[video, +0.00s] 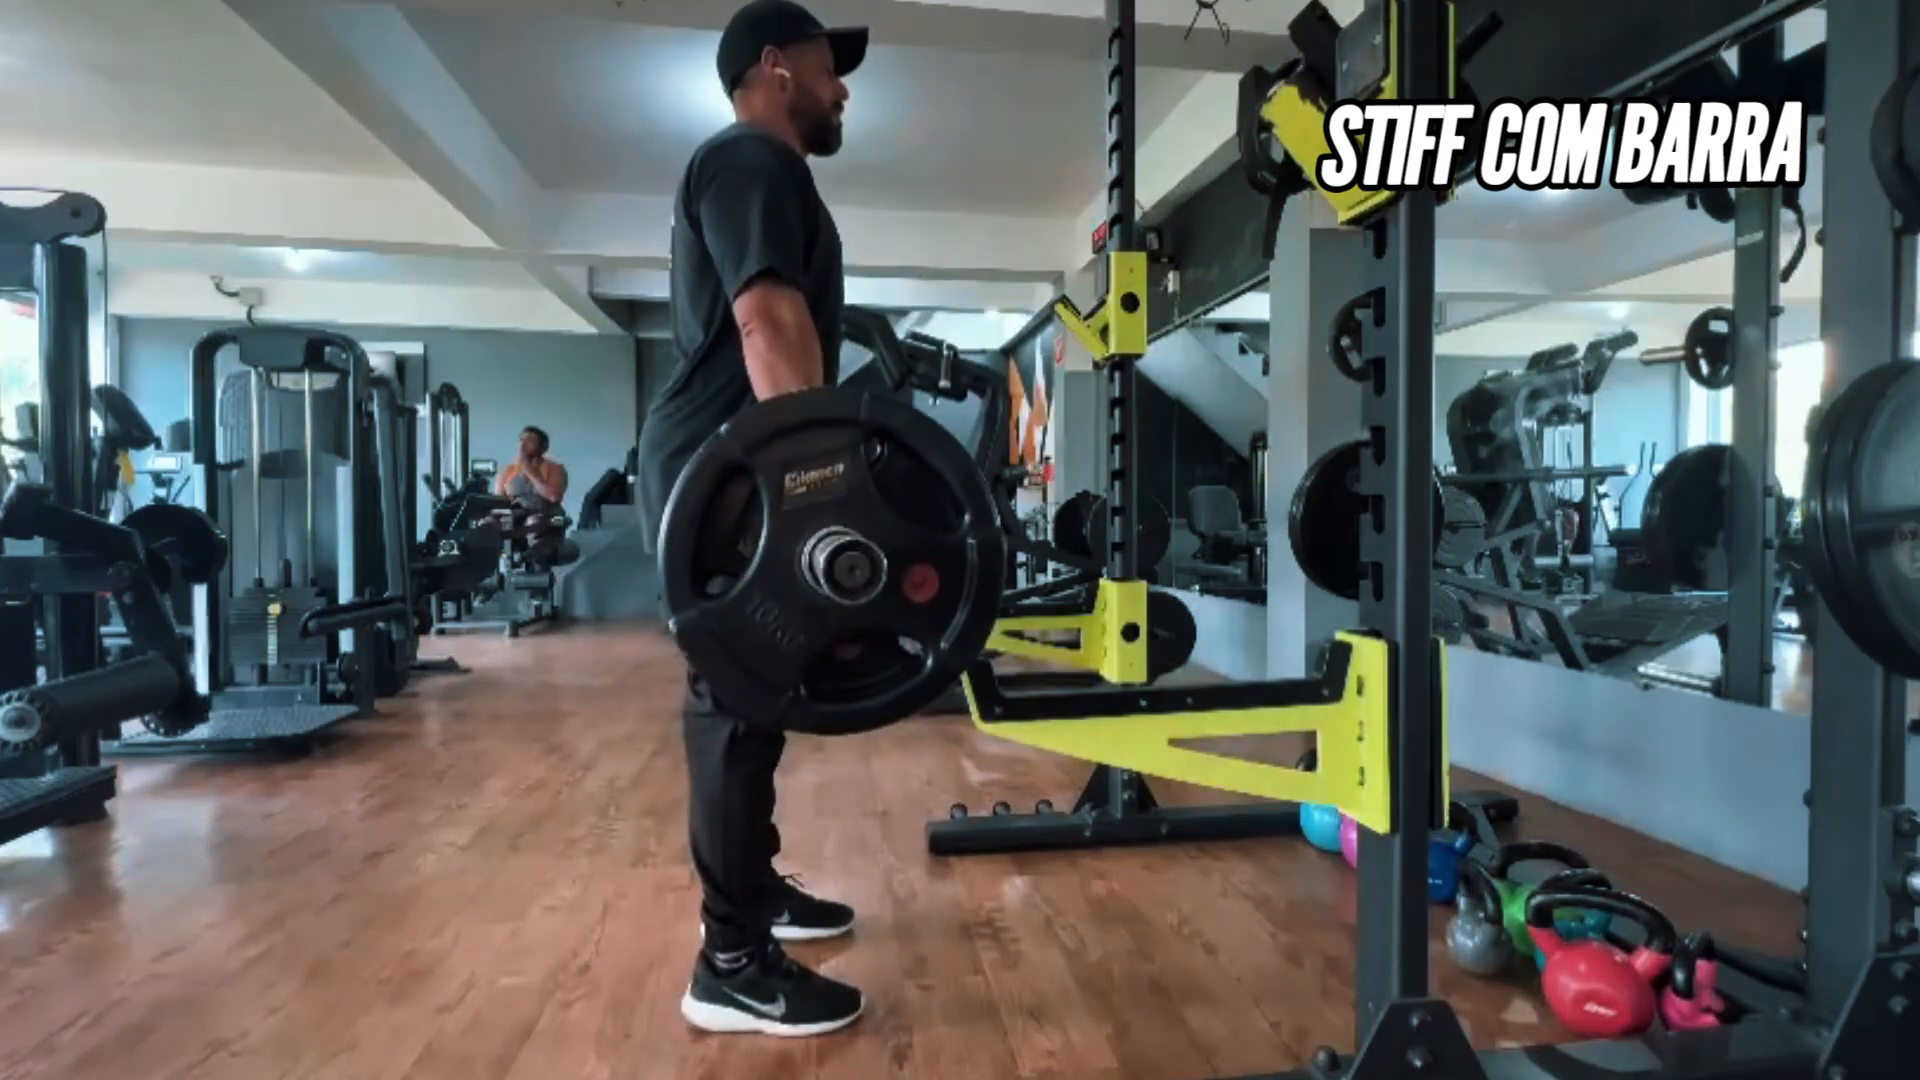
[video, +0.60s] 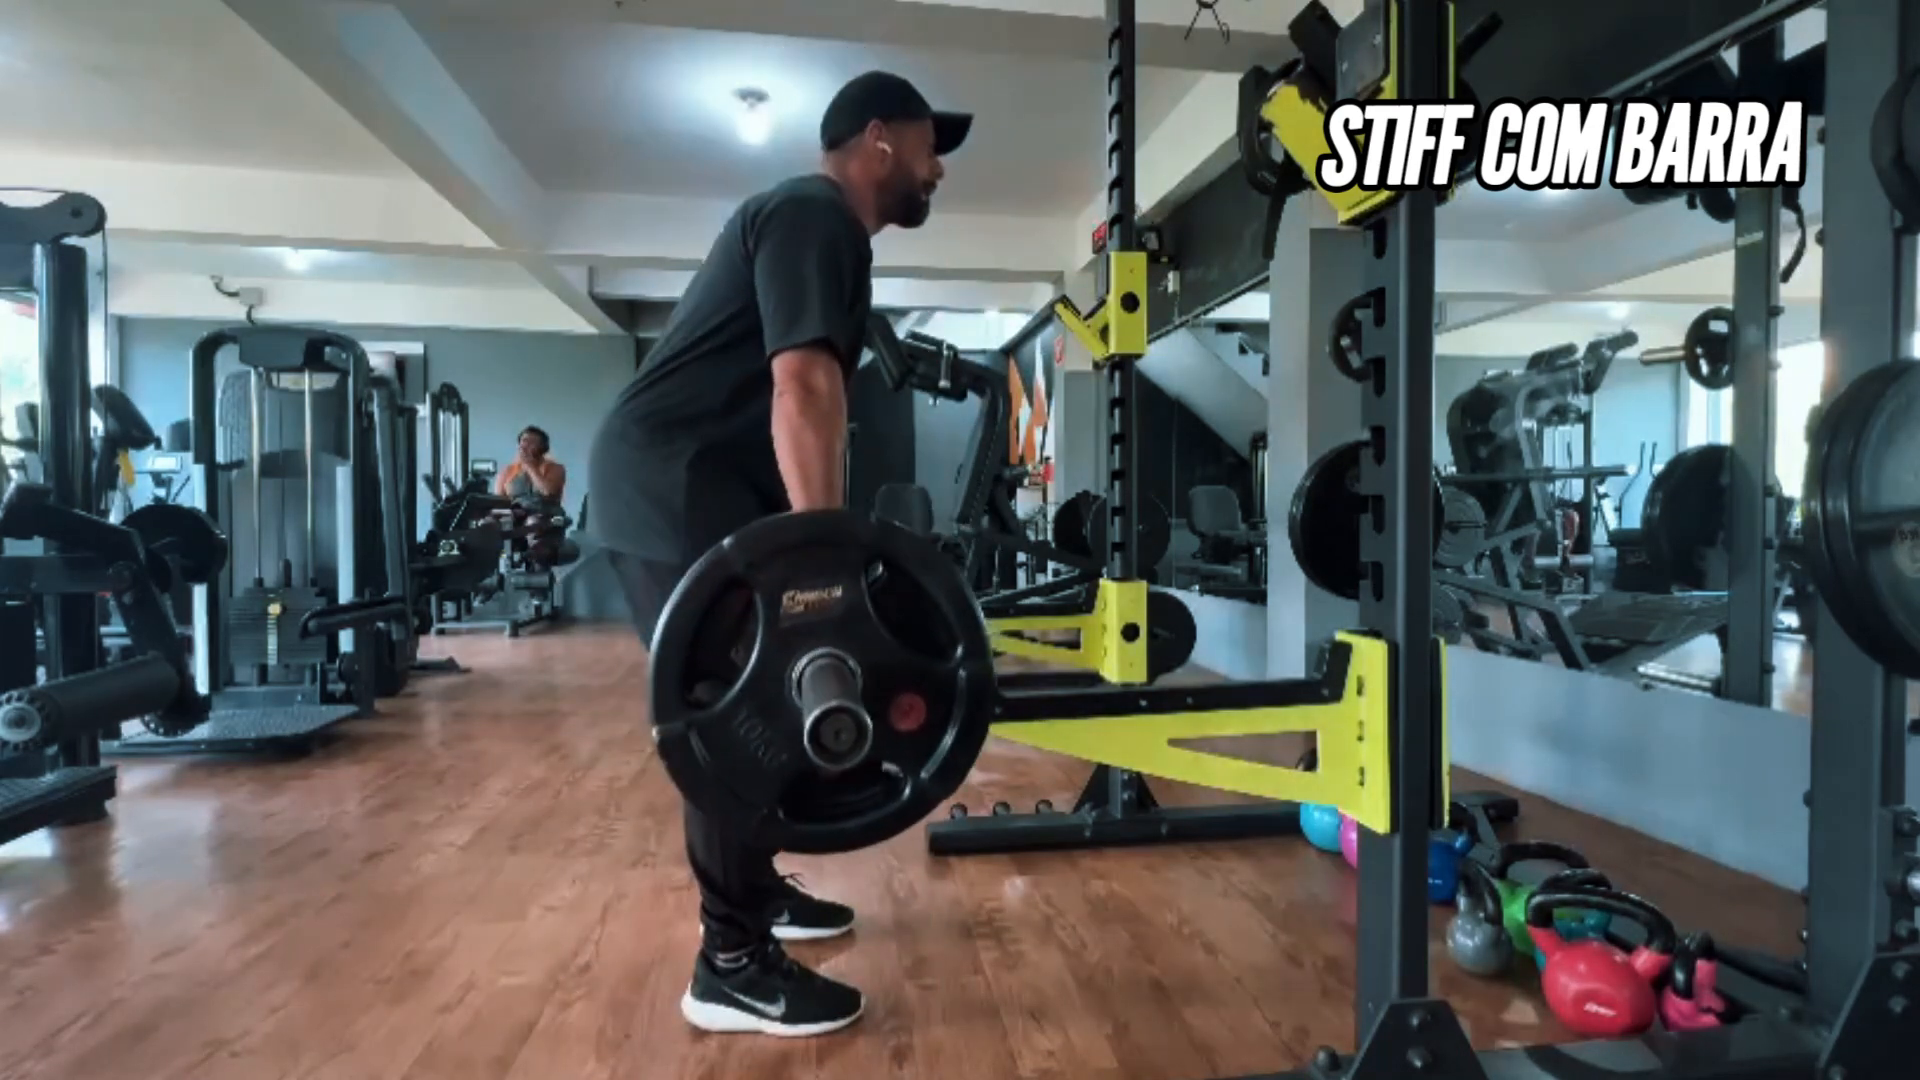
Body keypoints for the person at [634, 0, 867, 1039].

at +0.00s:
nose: (845, 87)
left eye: (843, 71)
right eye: (831, 67)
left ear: (769, 76)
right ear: (772, 68)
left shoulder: (756, 170)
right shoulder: (748, 160)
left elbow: (774, 335)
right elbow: (765, 317)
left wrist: (818, 483)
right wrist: (826, 486)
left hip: (728, 472)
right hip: (710, 474)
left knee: (751, 688)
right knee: (730, 698)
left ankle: (750, 882)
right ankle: (730, 956)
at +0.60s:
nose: (938, 172)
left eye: (939, 154)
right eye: (930, 150)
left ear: (871, 146)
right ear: (875, 140)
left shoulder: (832, 229)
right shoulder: (810, 210)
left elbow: (806, 390)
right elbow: (803, 383)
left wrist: (825, 565)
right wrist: (826, 564)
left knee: (745, 690)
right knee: (724, 703)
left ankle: (750, 888)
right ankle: (728, 957)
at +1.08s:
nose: (992, 343)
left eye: (997, 326)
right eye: (992, 320)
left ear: (939, 301)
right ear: (946, 301)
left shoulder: (851, 349)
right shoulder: (843, 344)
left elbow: (822, 520)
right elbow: (814, 521)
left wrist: (808, 683)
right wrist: (813, 699)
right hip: (612, 487)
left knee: (727, 701)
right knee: (732, 705)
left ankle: (727, 890)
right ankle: (733, 897)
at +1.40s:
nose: (997, 420)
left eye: (1006, 407)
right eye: (997, 399)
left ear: (949, 372)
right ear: (954, 372)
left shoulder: (855, 398)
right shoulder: (848, 393)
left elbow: (822, 581)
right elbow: (812, 584)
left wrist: (797, 746)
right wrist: (804, 765)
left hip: (601, 494)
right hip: (596, 496)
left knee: (732, 718)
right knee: (735, 721)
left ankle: (725, 941)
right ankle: (726, 948)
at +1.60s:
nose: (997, 425)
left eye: (1006, 411)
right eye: (998, 404)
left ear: (949, 377)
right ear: (954, 377)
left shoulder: (854, 401)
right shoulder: (846, 397)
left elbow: (821, 585)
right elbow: (812, 588)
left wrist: (794, 749)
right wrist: (801, 769)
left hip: (600, 497)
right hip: (594, 498)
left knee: (732, 716)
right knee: (735, 720)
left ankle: (729, 940)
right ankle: (727, 946)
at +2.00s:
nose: (958, 226)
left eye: (960, 209)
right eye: (950, 204)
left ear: (891, 198)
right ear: (900, 193)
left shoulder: (827, 268)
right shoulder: (817, 251)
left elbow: (802, 430)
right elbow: (797, 425)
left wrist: (812, 601)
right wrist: (810, 608)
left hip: (653, 479)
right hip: (644, 478)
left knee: (723, 692)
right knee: (741, 696)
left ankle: (772, 886)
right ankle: (732, 960)